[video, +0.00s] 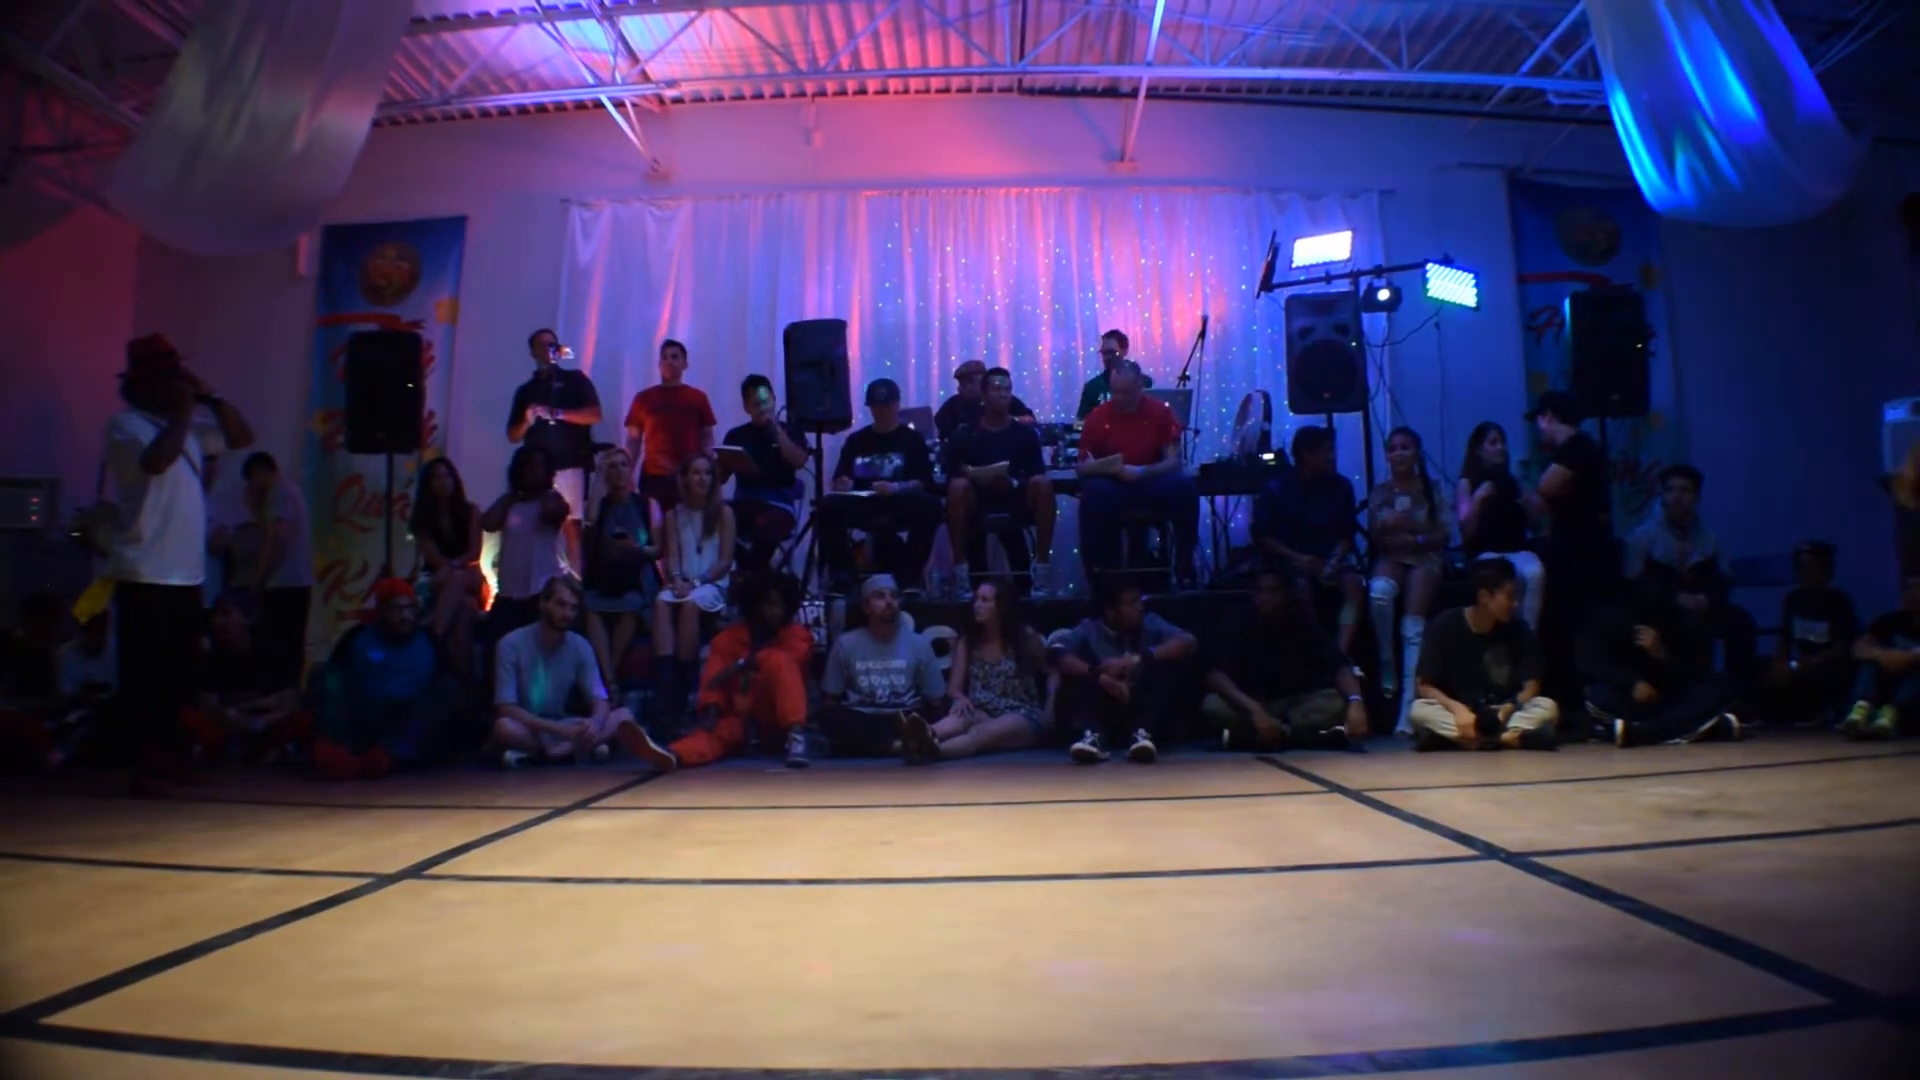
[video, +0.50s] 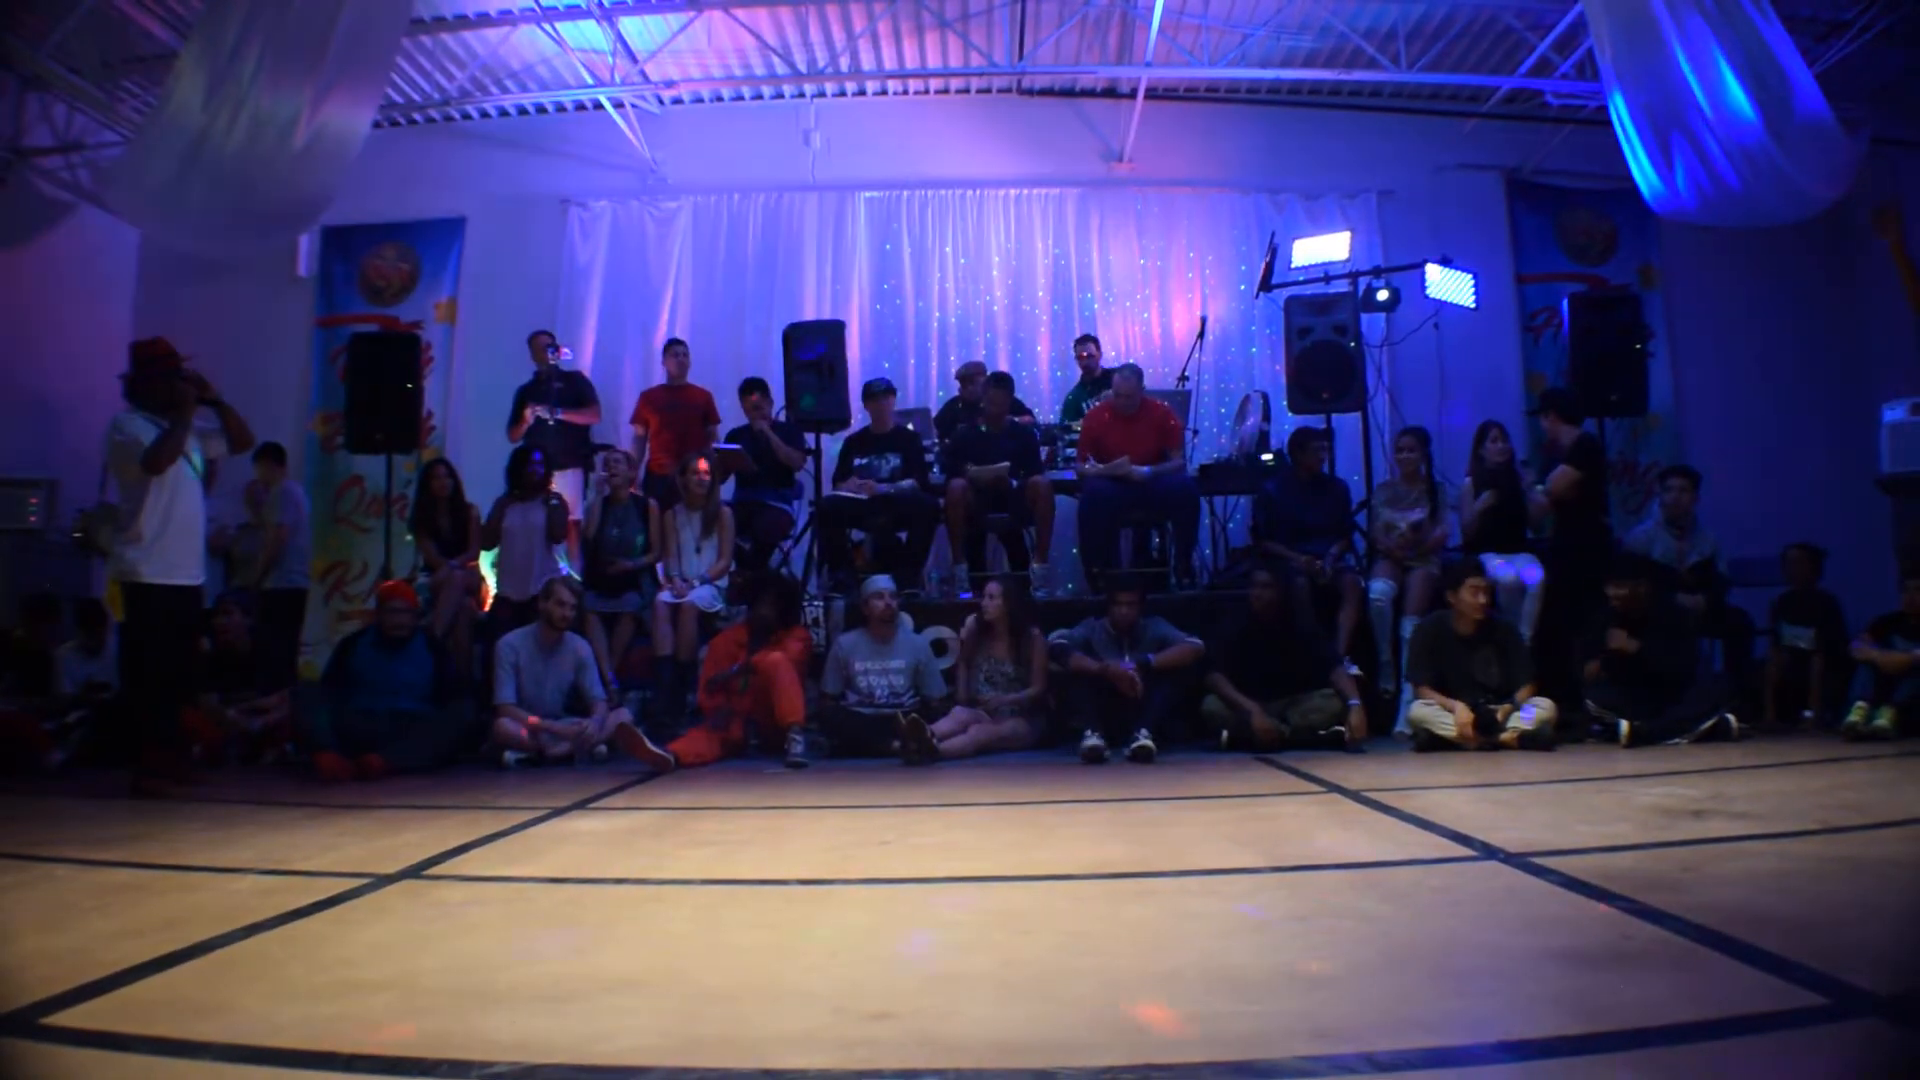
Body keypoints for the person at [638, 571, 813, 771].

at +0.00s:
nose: (775, 612)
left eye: (780, 606)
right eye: (768, 605)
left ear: (789, 608)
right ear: (753, 606)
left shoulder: (797, 635)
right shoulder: (728, 639)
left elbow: (790, 659)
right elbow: (712, 685)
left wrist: (752, 663)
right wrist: (711, 714)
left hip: (776, 714)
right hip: (738, 718)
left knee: (777, 659)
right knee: (715, 738)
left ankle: (796, 737)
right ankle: (673, 755)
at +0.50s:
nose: (762, 613)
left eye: (771, 607)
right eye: (758, 606)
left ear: (785, 612)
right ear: (750, 607)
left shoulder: (796, 637)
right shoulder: (726, 642)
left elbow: (786, 658)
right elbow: (707, 695)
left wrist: (744, 667)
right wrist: (720, 713)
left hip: (773, 720)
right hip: (737, 723)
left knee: (775, 660)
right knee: (706, 738)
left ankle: (795, 737)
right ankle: (670, 755)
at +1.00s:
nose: (760, 614)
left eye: (769, 607)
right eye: (757, 606)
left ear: (783, 612)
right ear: (749, 607)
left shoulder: (794, 637)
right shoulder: (726, 644)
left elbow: (785, 658)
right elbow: (707, 699)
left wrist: (743, 670)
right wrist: (732, 716)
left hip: (772, 720)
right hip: (737, 722)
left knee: (774, 661)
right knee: (710, 735)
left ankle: (794, 737)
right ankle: (669, 756)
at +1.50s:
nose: (756, 611)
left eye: (765, 605)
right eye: (755, 603)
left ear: (782, 610)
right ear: (749, 604)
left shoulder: (795, 636)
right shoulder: (727, 642)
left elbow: (785, 662)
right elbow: (709, 703)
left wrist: (747, 667)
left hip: (772, 721)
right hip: (736, 723)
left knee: (776, 662)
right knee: (712, 734)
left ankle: (794, 737)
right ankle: (670, 755)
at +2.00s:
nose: (760, 612)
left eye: (768, 606)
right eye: (756, 604)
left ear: (784, 611)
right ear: (749, 605)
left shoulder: (795, 637)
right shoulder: (725, 644)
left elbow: (784, 665)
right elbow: (709, 703)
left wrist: (743, 670)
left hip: (773, 721)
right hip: (736, 722)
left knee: (775, 661)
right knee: (711, 734)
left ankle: (794, 737)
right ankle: (670, 756)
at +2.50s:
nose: (772, 612)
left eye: (779, 605)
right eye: (767, 604)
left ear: (789, 608)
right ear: (753, 606)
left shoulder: (795, 636)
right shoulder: (726, 644)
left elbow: (785, 667)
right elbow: (709, 705)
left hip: (774, 720)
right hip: (736, 723)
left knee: (776, 661)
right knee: (711, 735)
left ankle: (794, 737)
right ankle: (670, 755)